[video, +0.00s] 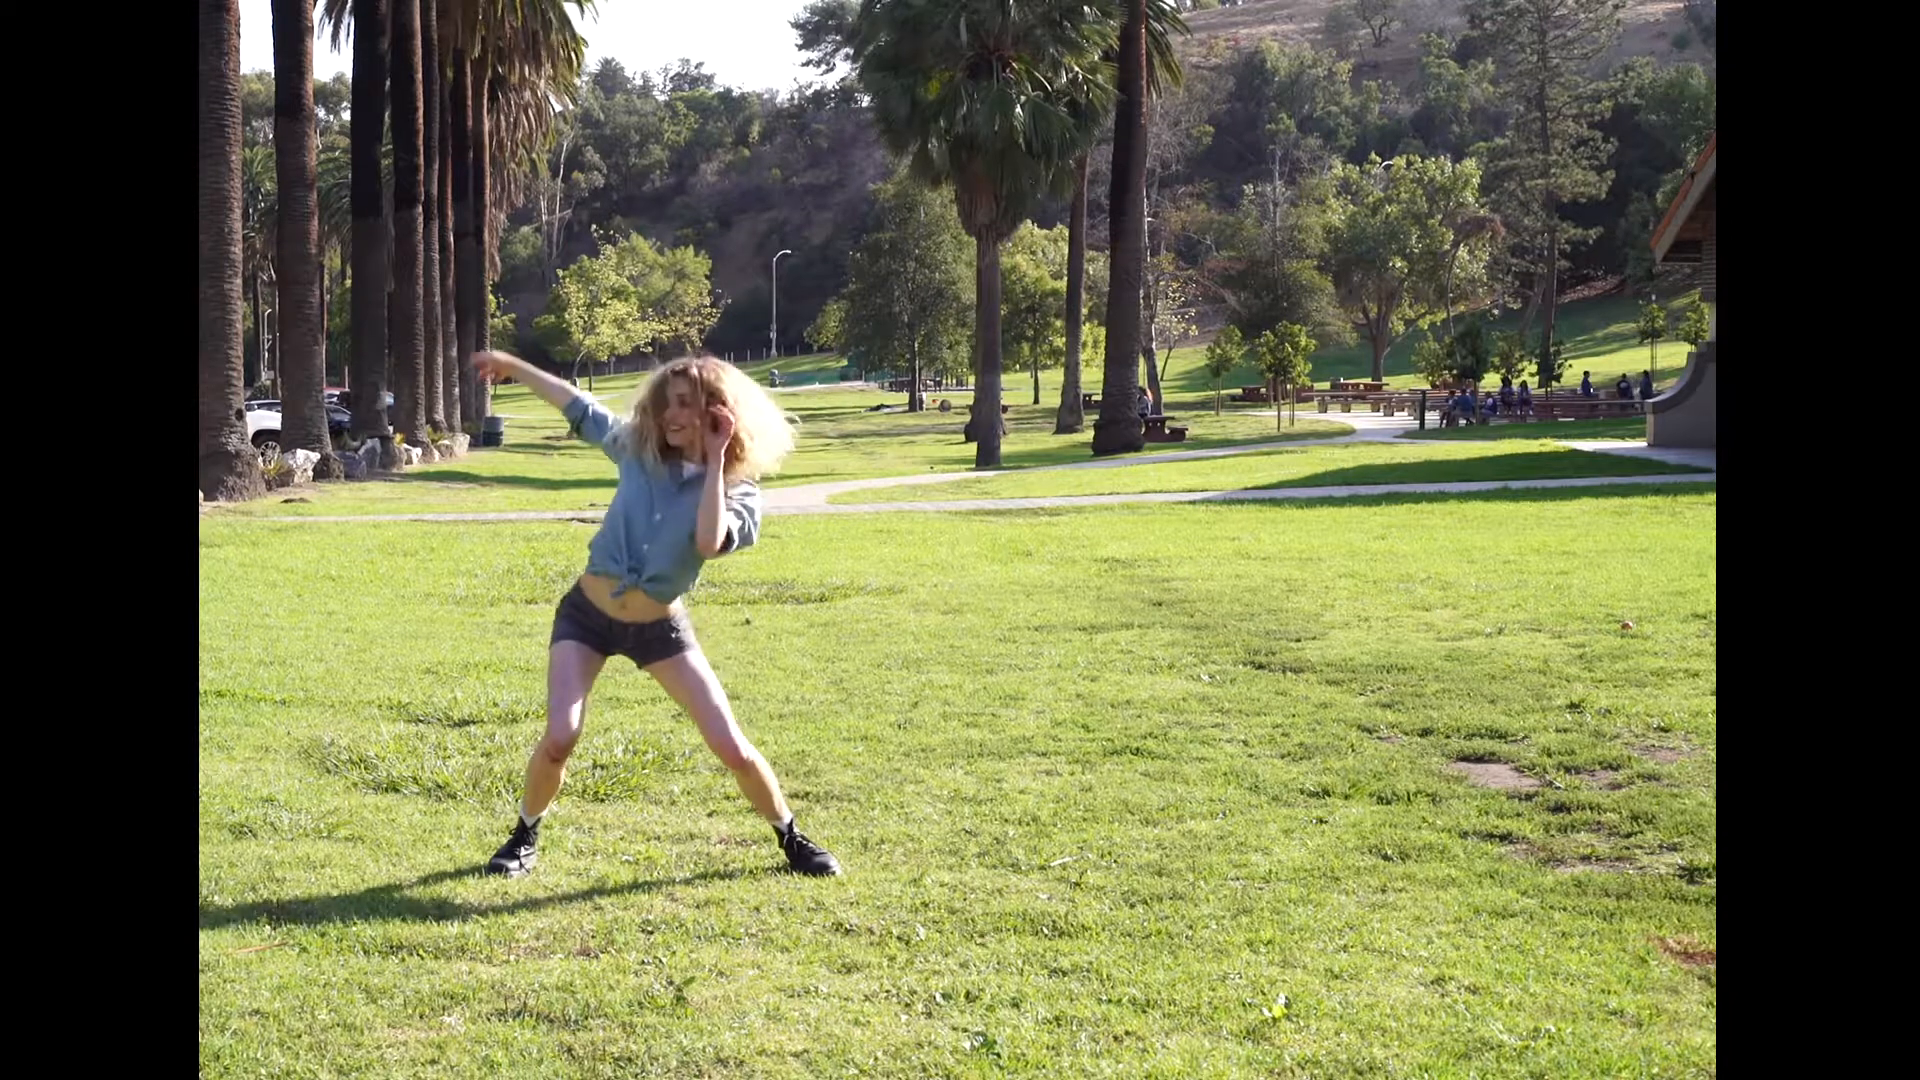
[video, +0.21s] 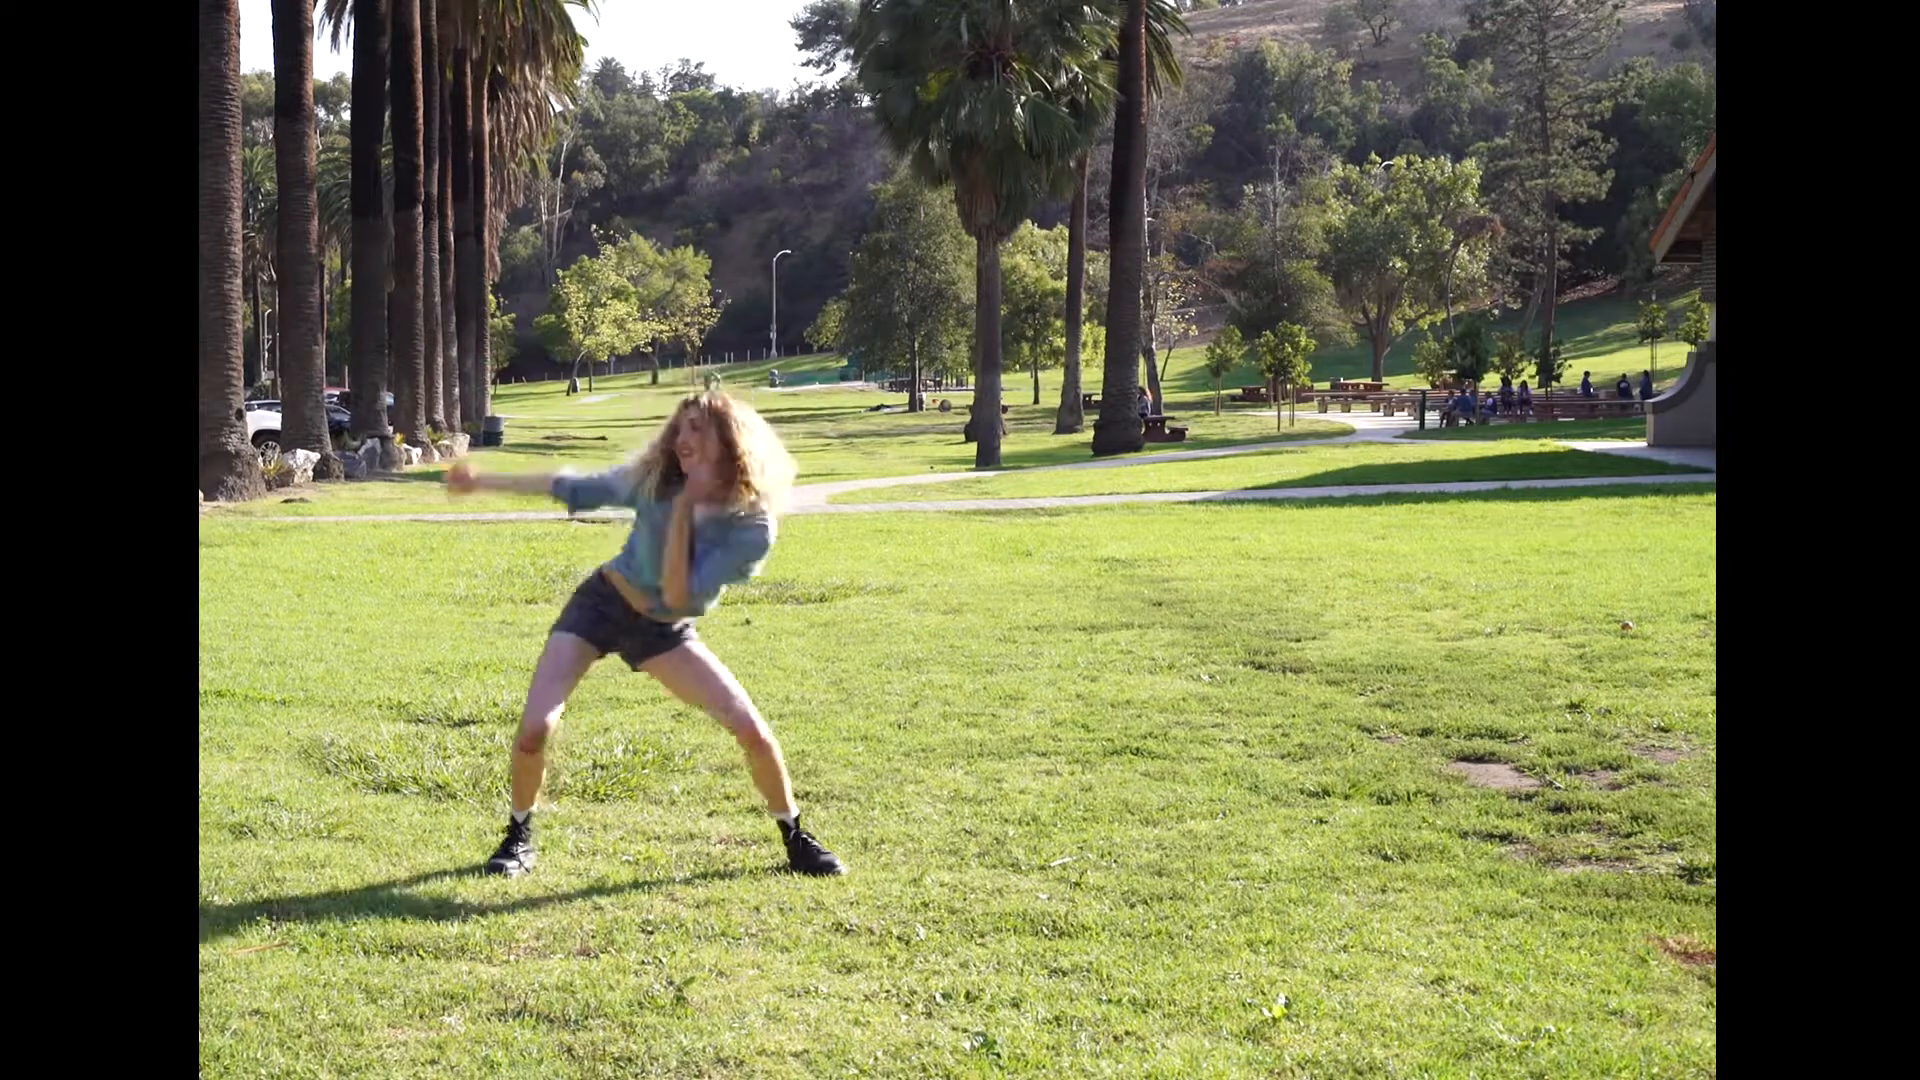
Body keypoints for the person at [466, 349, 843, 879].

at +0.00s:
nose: (673, 414)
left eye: (687, 403)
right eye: (667, 402)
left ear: (717, 413)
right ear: (659, 407)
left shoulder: (737, 491)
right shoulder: (639, 445)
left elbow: (709, 542)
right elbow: (577, 404)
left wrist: (715, 457)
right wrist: (515, 366)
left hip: (659, 627)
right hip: (586, 613)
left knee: (733, 748)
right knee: (561, 736)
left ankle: (792, 840)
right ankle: (523, 836)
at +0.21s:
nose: (683, 439)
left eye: (698, 429)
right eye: (679, 428)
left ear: (729, 441)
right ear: (673, 436)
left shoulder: (750, 528)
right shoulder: (657, 480)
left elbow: (680, 601)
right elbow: (574, 489)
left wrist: (680, 515)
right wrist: (479, 482)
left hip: (662, 629)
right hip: (602, 601)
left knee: (752, 728)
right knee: (535, 726)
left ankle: (796, 839)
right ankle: (517, 838)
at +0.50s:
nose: (666, 413)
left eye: (679, 401)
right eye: (660, 403)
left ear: (713, 406)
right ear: (654, 409)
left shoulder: (750, 468)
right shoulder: (653, 466)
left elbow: (739, 562)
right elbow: (680, 567)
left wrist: (649, 585)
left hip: (723, 593)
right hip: (657, 601)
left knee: (801, 719)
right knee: (629, 756)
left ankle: (812, 835)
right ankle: (540, 832)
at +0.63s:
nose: (656, 404)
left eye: (668, 392)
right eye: (649, 393)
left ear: (701, 395)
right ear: (643, 397)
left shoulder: (734, 458)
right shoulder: (641, 447)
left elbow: (713, 563)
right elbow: (668, 537)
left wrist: (640, 572)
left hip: (712, 598)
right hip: (643, 603)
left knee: (793, 718)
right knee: (611, 752)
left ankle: (821, 828)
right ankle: (537, 835)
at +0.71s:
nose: (656, 398)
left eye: (668, 386)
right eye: (650, 386)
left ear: (698, 388)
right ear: (642, 387)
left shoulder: (728, 451)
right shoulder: (632, 434)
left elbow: (699, 549)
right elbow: (635, 523)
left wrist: (615, 554)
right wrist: (715, 538)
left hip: (690, 592)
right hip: (621, 591)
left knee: (737, 731)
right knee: (574, 744)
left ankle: (813, 820)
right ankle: (523, 835)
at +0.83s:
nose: (645, 384)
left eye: (657, 372)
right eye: (639, 371)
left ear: (686, 373)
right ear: (631, 374)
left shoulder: (720, 436)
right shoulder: (618, 422)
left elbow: (692, 535)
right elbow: (614, 519)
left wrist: (618, 528)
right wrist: (692, 517)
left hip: (662, 590)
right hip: (602, 576)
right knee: (534, 712)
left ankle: (788, 809)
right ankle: (514, 833)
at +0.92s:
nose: (637, 382)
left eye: (650, 371)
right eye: (631, 370)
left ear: (678, 376)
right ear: (622, 376)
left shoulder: (699, 435)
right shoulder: (622, 433)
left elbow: (678, 516)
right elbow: (607, 522)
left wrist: (614, 519)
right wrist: (664, 512)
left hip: (660, 593)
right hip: (608, 580)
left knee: (648, 765)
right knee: (535, 709)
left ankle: (785, 809)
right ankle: (513, 835)